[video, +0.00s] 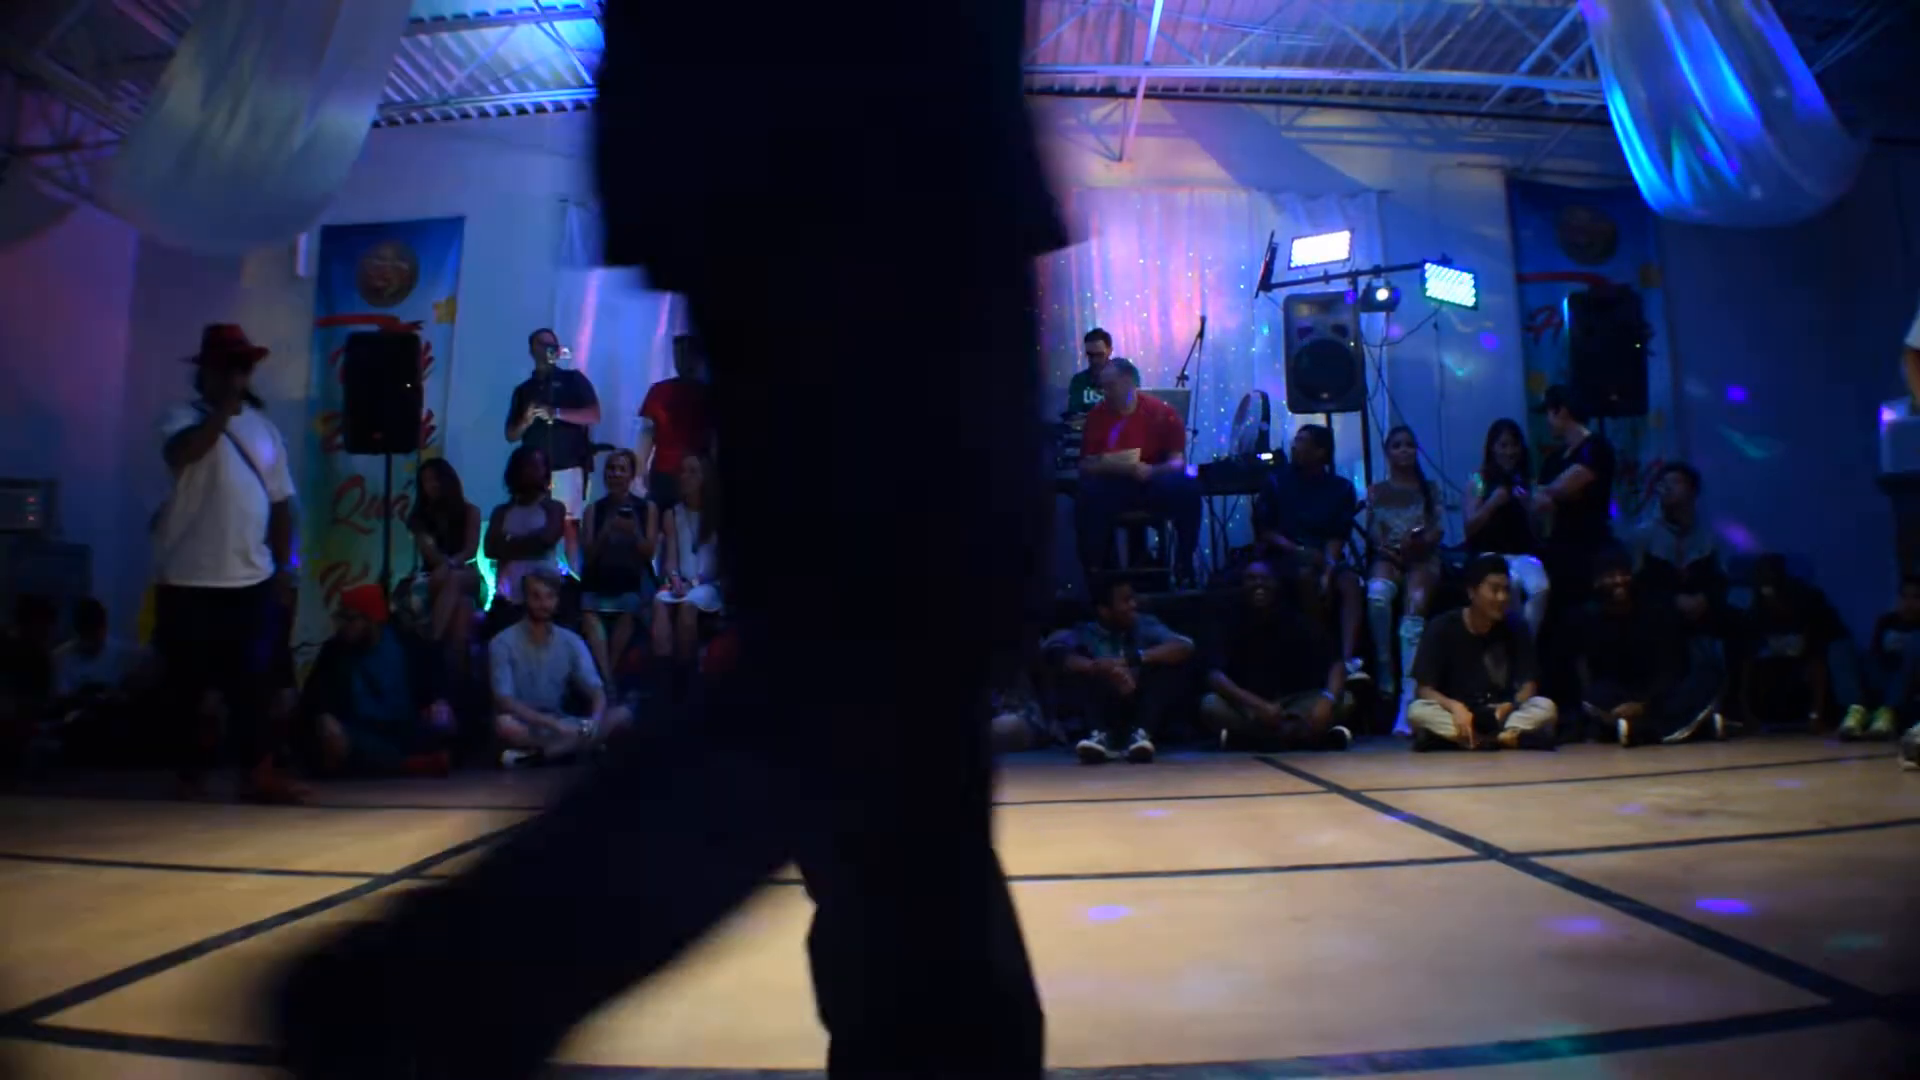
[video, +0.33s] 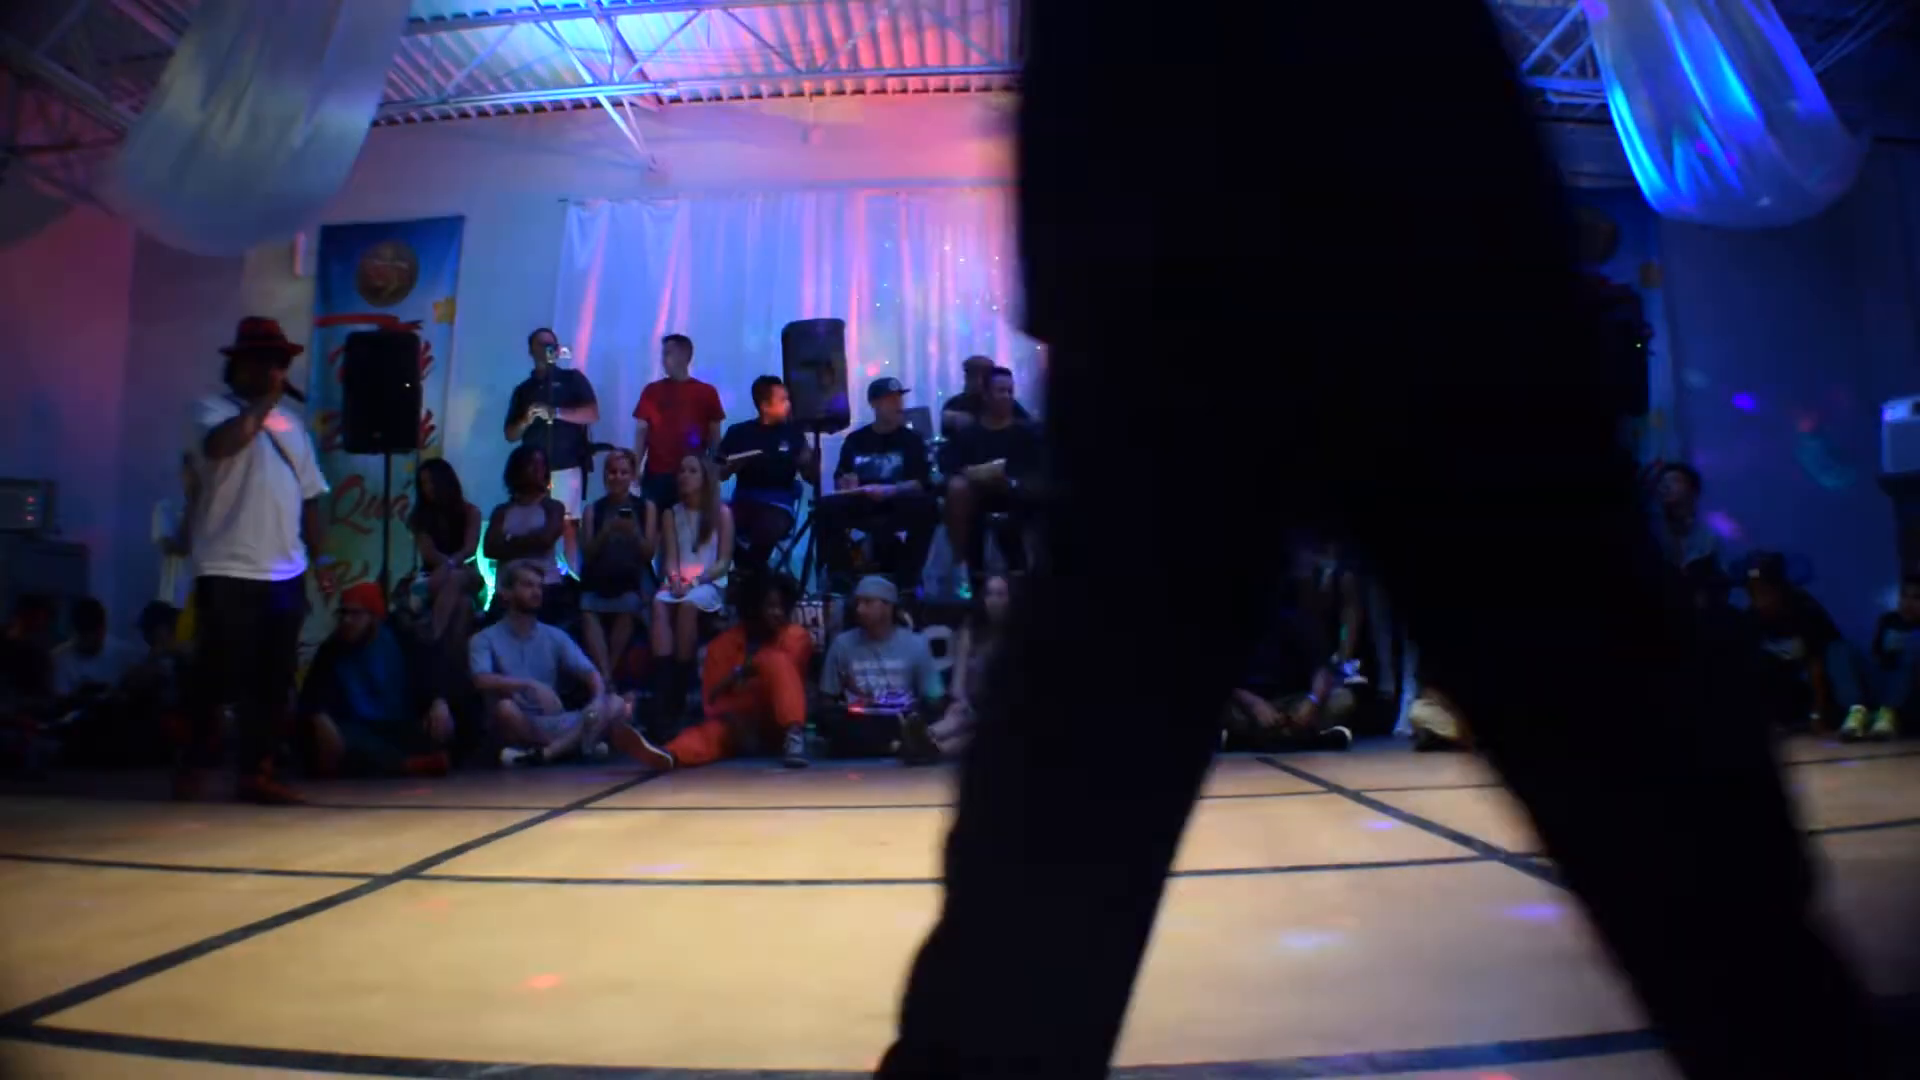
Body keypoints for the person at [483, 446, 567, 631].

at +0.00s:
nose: (534, 472)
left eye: (538, 466)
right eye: (528, 466)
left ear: (546, 472)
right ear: (515, 471)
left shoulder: (553, 508)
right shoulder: (501, 511)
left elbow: (548, 541)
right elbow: (490, 549)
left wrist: (506, 547)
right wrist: (535, 544)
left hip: (543, 597)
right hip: (507, 593)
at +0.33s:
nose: (538, 470)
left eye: (542, 464)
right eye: (532, 464)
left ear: (546, 470)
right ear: (518, 470)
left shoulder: (553, 507)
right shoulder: (501, 511)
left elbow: (546, 541)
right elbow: (490, 549)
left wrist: (508, 544)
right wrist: (533, 546)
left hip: (547, 586)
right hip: (509, 589)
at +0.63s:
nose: (536, 470)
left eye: (540, 464)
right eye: (529, 464)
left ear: (544, 469)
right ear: (515, 470)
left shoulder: (550, 507)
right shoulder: (499, 510)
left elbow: (544, 539)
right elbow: (487, 545)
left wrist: (505, 542)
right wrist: (530, 548)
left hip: (544, 587)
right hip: (508, 591)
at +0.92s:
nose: (541, 471)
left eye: (544, 465)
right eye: (535, 464)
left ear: (547, 470)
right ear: (520, 470)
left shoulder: (554, 507)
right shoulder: (502, 511)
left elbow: (546, 540)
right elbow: (490, 547)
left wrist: (507, 544)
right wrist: (535, 543)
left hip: (546, 585)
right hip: (510, 589)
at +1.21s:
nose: (543, 474)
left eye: (546, 467)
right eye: (537, 467)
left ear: (551, 472)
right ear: (524, 472)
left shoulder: (558, 510)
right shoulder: (508, 512)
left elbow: (552, 541)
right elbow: (499, 547)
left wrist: (513, 547)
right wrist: (541, 543)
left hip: (550, 586)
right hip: (516, 589)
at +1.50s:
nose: (539, 473)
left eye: (544, 466)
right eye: (533, 466)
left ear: (551, 472)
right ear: (520, 471)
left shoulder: (558, 509)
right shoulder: (505, 509)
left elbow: (551, 542)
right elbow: (492, 547)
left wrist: (508, 545)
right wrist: (537, 546)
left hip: (548, 589)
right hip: (509, 591)